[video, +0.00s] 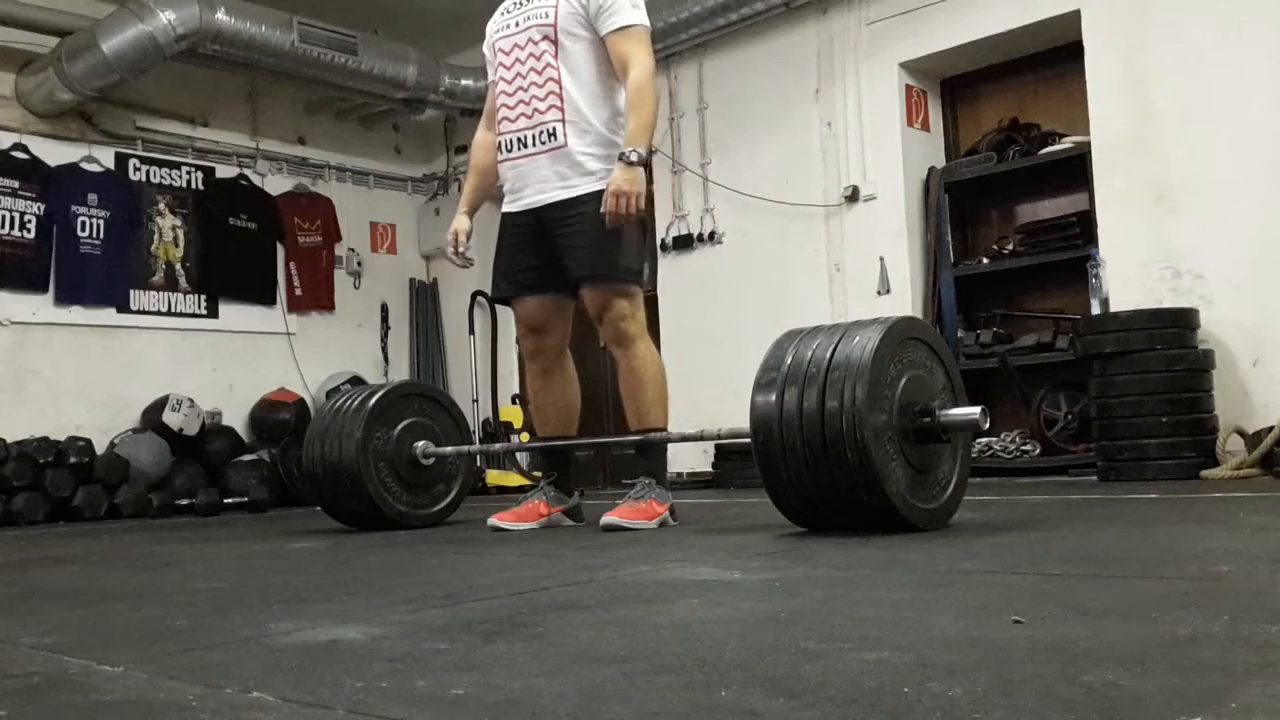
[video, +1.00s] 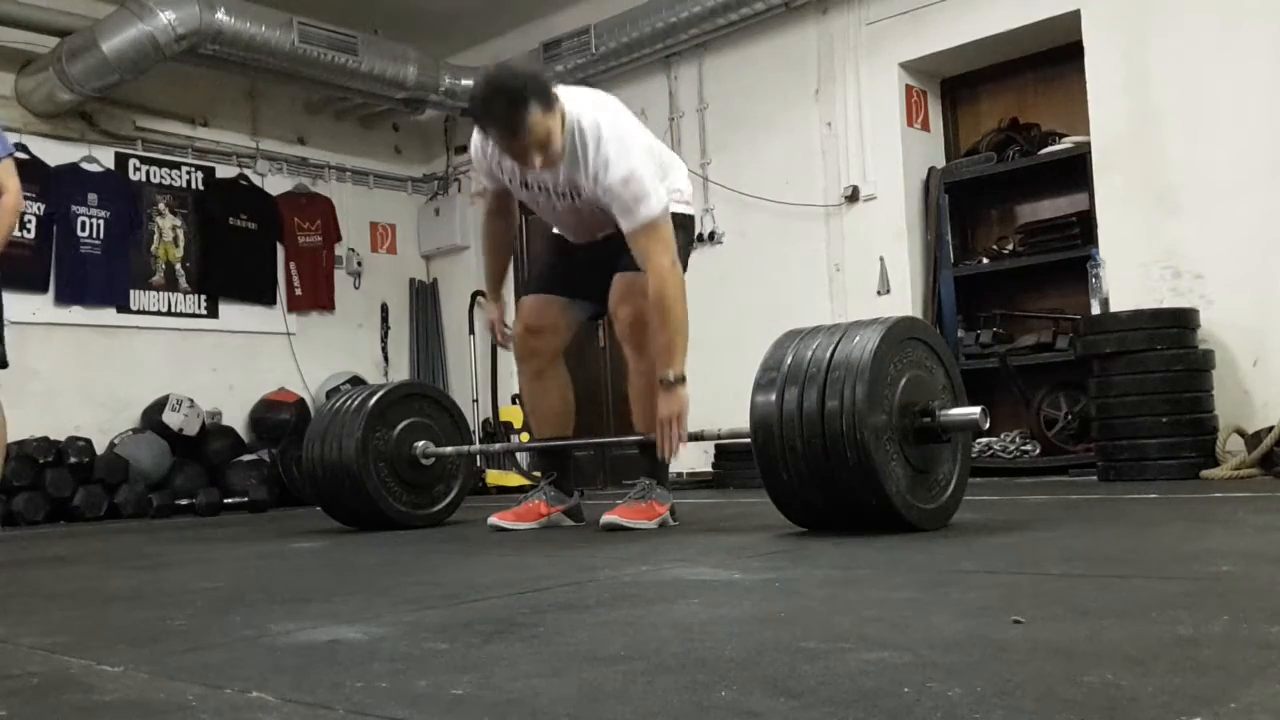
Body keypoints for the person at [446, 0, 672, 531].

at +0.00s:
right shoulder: (498, 22)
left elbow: (639, 66)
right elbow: (491, 124)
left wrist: (632, 159)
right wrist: (466, 207)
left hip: (595, 185)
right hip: (524, 201)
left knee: (621, 325)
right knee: (537, 337)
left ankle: (652, 487)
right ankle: (556, 491)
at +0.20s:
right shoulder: (496, 22)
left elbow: (639, 67)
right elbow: (490, 124)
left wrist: (638, 159)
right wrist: (465, 208)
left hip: (594, 184)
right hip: (523, 200)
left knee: (620, 325)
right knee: (538, 337)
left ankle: (652, 486)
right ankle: (556, 490)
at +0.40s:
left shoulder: (595, 0)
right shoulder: (495, 24)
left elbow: (642, 66)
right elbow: (488, 125)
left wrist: (642, 158)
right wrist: (460, 207)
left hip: (597, 183)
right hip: (524, 198)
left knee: (620, 322)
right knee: (537, 336)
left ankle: (652, 485)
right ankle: (557, 490)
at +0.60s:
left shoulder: (602, 4)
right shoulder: (489, 24)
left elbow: (647, 89)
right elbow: (485, 128)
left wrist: (652, 190)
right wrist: (460, 214)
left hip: (609, 190)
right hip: (538, 203)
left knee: (623, 323)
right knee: (537, 334)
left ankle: (652, 485)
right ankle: (557, 490)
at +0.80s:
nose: (518, 57)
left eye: (526, 41)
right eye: (503, 45)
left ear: (552, 11)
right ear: (486, 31)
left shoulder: (607, 72)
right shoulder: (488, 72)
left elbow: (657, 187)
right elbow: (488, 167)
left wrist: (665, 303)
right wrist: (470, 256)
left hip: (629, 207)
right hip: (559, 216)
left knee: (630, 318)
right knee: (532, 332)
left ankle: (653, 488)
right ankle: (556, 491)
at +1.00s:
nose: (537, 161)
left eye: (544, 144)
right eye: (521, 153)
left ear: (557, 109)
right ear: (497, 140)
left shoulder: (606, 137)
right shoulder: (488, 145)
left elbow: (662, 263)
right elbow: (498, 210)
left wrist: (672, 381)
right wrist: (493, 296)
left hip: (649, 216)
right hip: (578, 234)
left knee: (632, 315)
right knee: (534, 333)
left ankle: (654, 486)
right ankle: (558, 491)